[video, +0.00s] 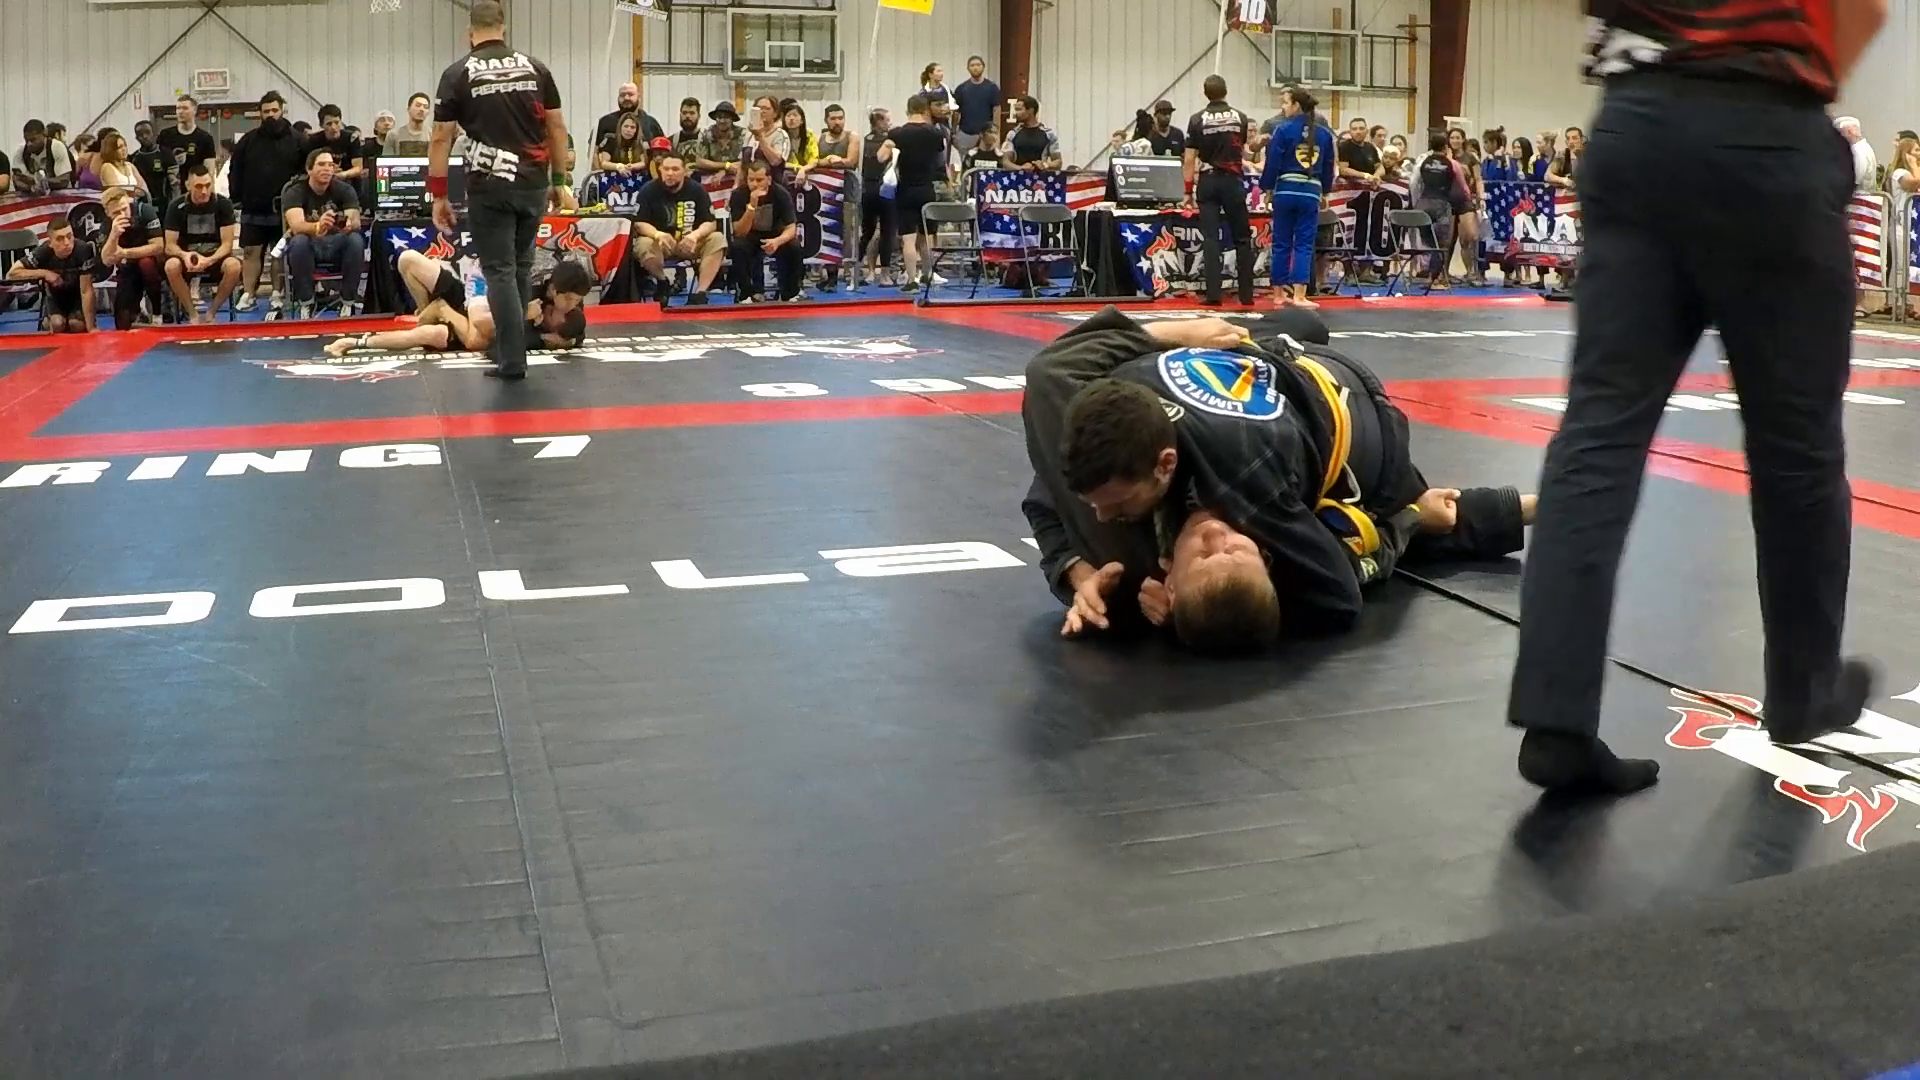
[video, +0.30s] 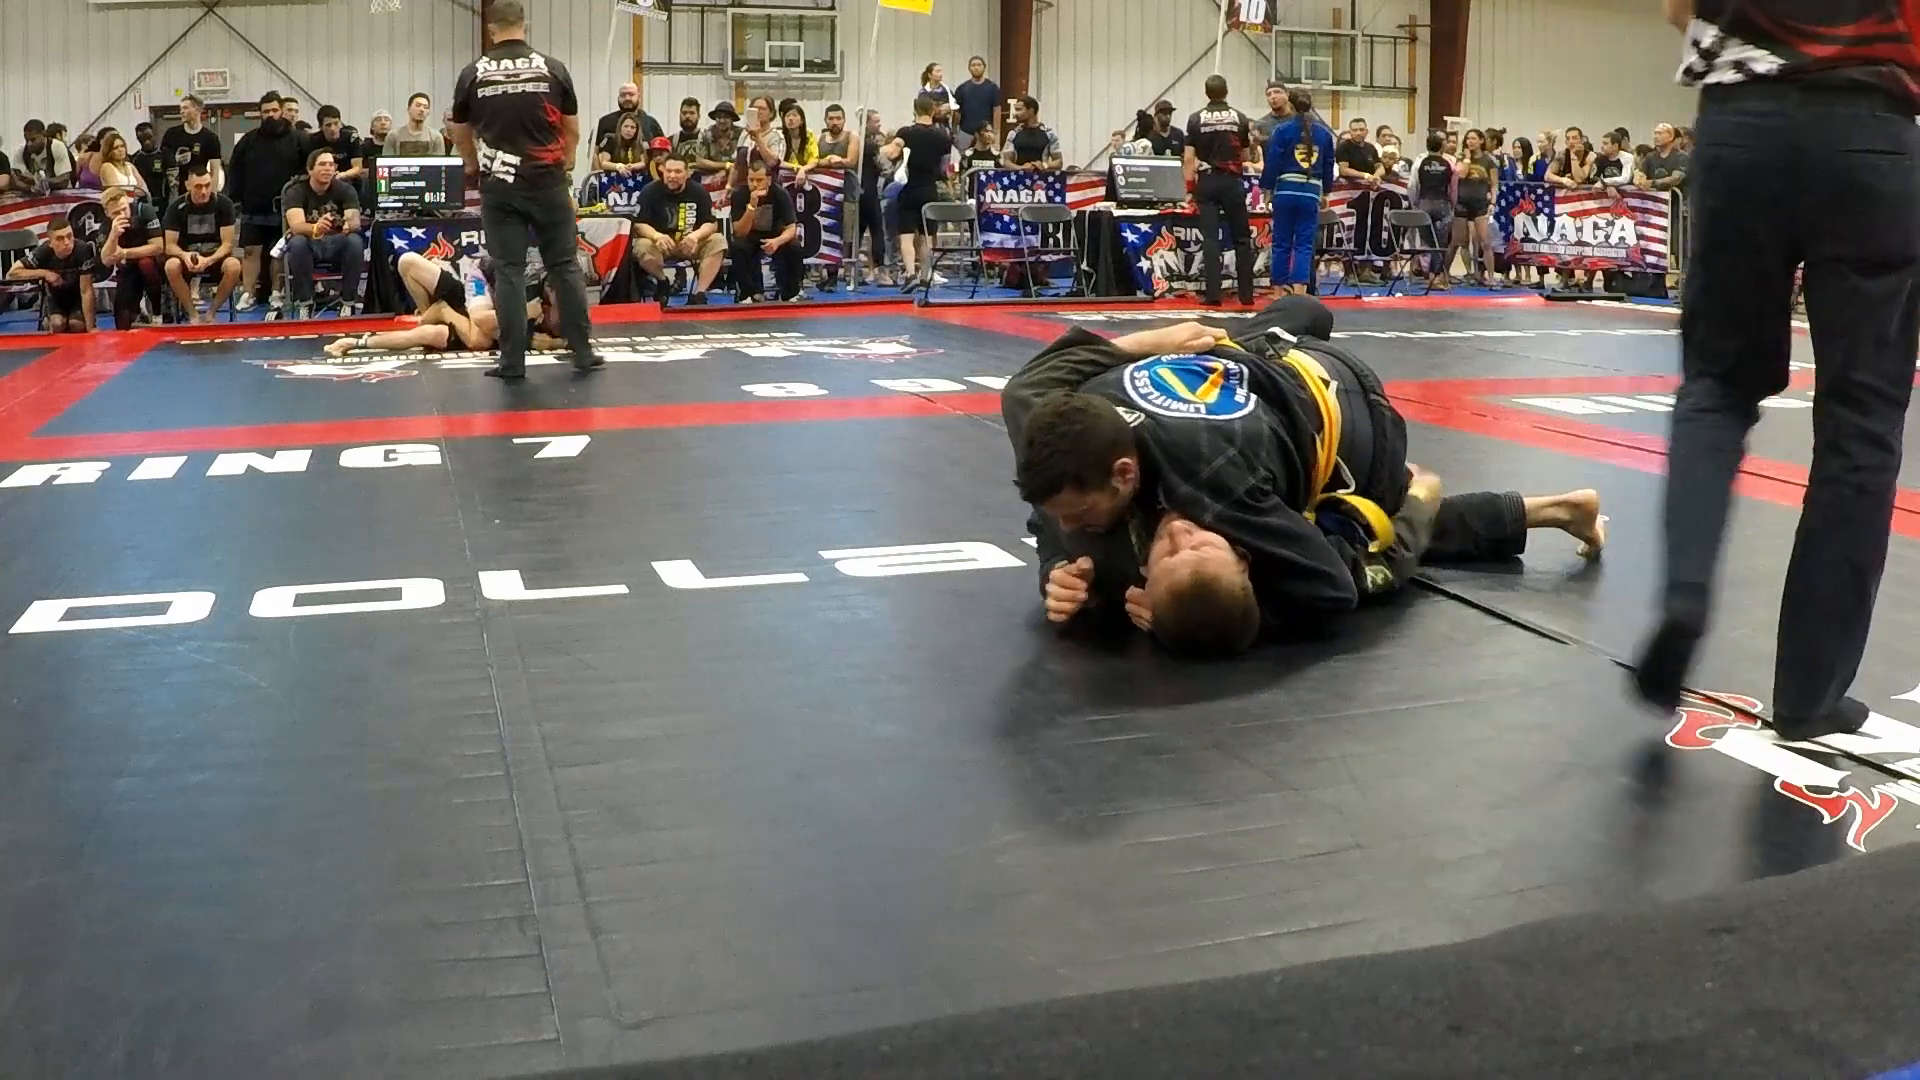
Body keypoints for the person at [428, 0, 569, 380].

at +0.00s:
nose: (470, 38)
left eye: (468, 33)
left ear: (470, 33)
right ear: (504, 30)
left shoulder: (457, 74)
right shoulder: (536, 67)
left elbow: (442, 137)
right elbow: (556, 125)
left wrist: (439, 195)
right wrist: (558, 179)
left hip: (487, 188)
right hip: (533, 185)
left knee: (500, 272)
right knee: (521, 267)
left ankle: (512, 362)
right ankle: (512, 350)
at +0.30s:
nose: (492, 34)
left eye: (489, 28)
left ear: (490, 29)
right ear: (523, 26)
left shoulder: (473, 72)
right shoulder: (554, 68)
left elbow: (462, 132)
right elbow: (571, 131)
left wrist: (472, 165)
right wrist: (560, 169)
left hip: (499, 188)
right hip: (547, 184)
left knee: (508, 270)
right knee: (564, 264)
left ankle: (512, 363)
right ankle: (583, 352)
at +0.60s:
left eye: (542, 25)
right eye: (562, 27)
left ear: (533, 27)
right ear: (566, 28)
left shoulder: (511, 70)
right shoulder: (589, 72)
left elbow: (506, 132)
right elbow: (602, 138)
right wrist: (573, 152)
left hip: (528, 184)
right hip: (576, 184)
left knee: (524, 270)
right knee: (585, 267)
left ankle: (514, 363)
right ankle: (598, 360)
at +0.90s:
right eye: (603, 30)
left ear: (574, 26)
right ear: (607, 31)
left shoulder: (547, 66)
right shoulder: (626, 74)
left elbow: (541, 124)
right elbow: (635, 145)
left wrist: (572, 149)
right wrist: (604, 162)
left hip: (555, 183)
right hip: (605, 184)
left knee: (539, 267)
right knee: (600, 270)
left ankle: (522, 358)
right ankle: (599, 360)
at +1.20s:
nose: (587, 33)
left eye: (587, 28)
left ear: (588, 28)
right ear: (620, 31)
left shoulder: (559, 64)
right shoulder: (640, 75)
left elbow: (548, 124)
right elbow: (645, 144)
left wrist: (575, 150)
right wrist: (617, 163)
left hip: (565, 182)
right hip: (612, 185)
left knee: (563, 263)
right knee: (604, 267)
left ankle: (563, 354)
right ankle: (599, 358)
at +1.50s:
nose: (592, 35)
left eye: (585, 29)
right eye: (602, 29)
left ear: (578, 30)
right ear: (611, 29)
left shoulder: (556, 69)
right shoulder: (634, 72)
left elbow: (549, 132)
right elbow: (647, 135)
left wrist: (577, 155)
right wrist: (627, 163)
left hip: (569, 182)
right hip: (613, 183)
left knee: (577, 265)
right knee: (606, 266)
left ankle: (581, 352)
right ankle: (598, 356)